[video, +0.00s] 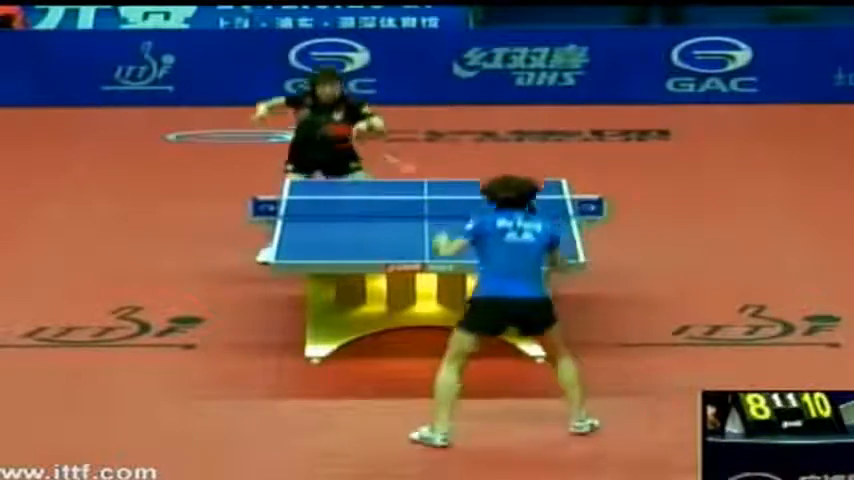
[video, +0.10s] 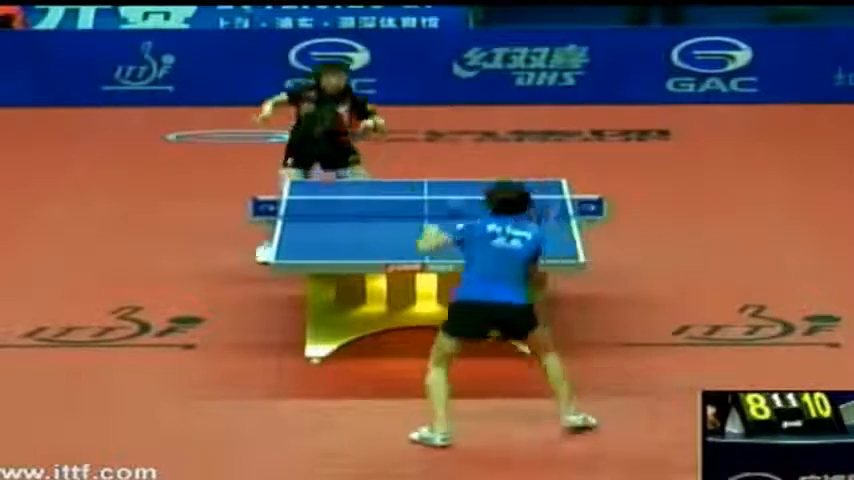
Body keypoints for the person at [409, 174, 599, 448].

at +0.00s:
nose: (487, 203)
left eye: (489, 199)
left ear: (494, 201)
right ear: (528, 201)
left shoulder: (484, 223)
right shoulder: (544, 226)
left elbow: (450, 251)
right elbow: (554, 262)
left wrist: (442, 244)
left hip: (489, 300)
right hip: (532, 300)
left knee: (453, 360)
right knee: (560, 355)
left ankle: (439, 429)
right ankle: (579, 417)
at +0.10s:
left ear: (491, 205)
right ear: (524, 206)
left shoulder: (474, 228)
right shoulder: (534, 233)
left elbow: (436, 242)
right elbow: (535, 274)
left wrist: (427, 242)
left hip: (470, 303)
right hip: (514, 305)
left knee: (438, 363)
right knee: (547, 354)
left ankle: (439, 428)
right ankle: (569, 412)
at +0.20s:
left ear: (496, 204)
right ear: (528, 209)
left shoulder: (473, 222)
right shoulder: (534, 235)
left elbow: (427, 231)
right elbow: (526, 273)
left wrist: (424, 222)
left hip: (463, 300)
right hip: (504, 304)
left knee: (434, 361)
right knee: (537, 342)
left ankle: (438, 429)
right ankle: (551, 407)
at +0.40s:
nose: (530, 202)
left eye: (534, 201)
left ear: (530, 206)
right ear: (553, 223)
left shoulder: (495, 217)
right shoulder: (543, 248)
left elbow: (450, 205)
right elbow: (539, 280)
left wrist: (423, 183)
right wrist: (580, 263)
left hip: (458, 290)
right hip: (498, 298)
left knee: (434, 361)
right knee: (514, 345)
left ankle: (437, 429)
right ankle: (524, 403)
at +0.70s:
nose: (533, 214)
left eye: (537, 213)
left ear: (536, 219)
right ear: (557, 233)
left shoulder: (516, 229)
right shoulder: (549, 258)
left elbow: (491, 211)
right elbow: (538, 290)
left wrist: (469, 182)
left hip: (484, 300)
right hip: (518, 308)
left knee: (423, 354)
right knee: (516, 347)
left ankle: (435, 410)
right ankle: (521, 402)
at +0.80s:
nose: (518, 209)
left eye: (521, 207)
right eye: (521, 208)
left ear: (524, 211)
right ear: (547, 222)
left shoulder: (508, 223)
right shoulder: (542, 247)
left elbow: (481, 211)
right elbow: (539, 286)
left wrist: (457, 184)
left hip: (486, 298)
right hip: (522, 306)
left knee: (429, 356)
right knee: (517, 346)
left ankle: (436, 418)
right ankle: (521, 401)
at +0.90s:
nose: (501, 190)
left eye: (505, 187)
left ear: (507, 192)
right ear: (535, 197)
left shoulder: (497, 207)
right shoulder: (541, 222)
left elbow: (460, 209)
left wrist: (434, 187)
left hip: (488, 285)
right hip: (528, 289)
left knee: (447, 351)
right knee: (538, 346)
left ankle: (436, 420)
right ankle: (534, 401)